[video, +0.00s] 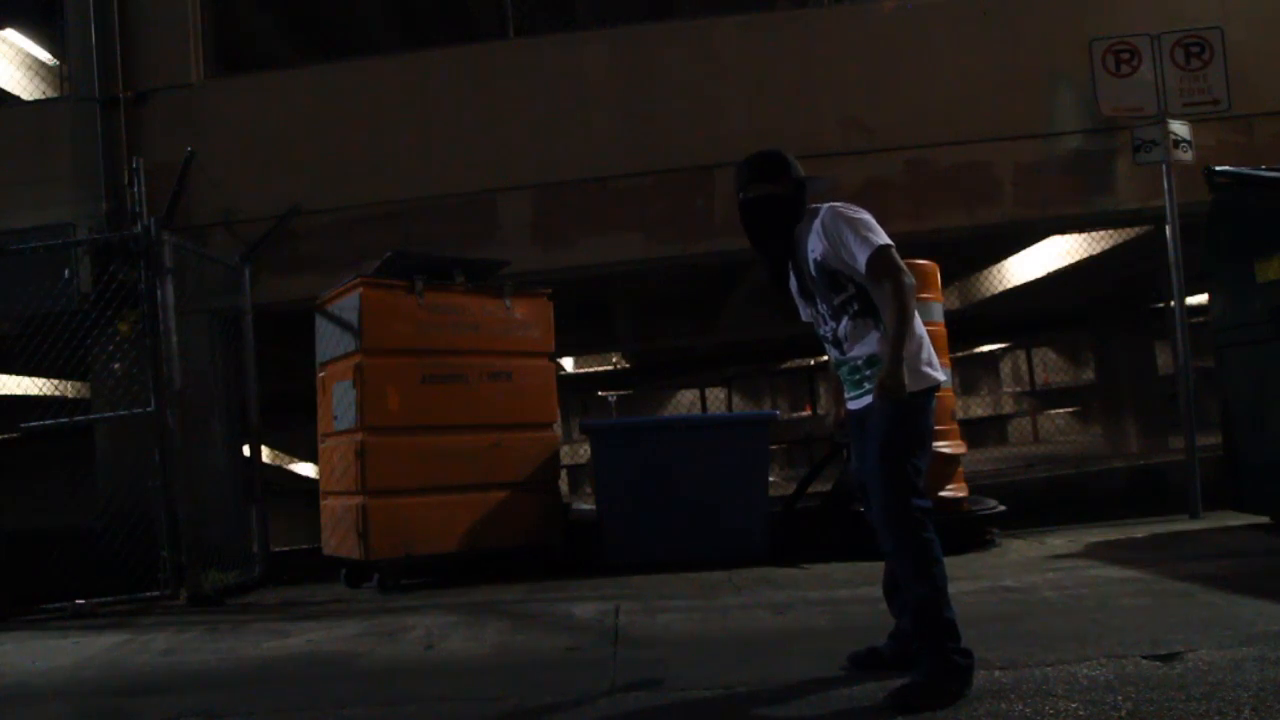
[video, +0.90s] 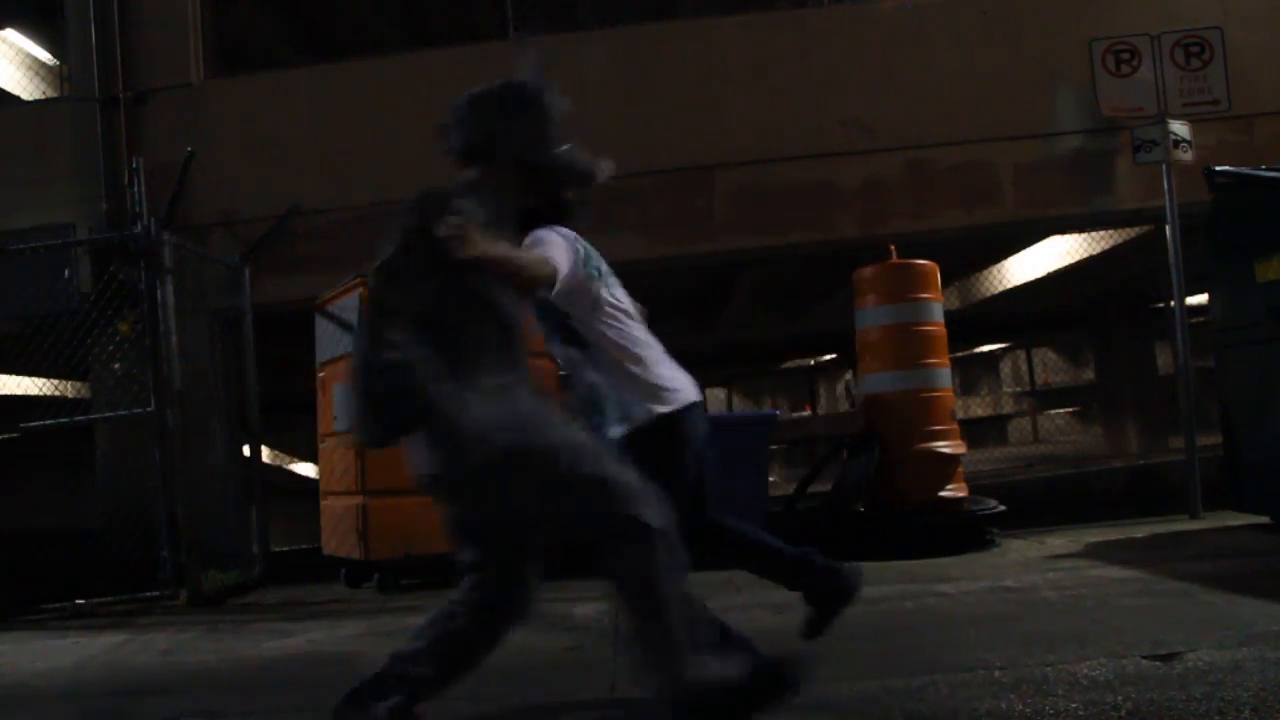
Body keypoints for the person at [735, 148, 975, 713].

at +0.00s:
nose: (749, 217)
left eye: (755, 203)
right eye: (745, 205)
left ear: (783, 195)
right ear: (758, 205)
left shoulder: (835, 220)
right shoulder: (798, 263)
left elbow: (895, 280)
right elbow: (835, 341)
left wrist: (893, 371)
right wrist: (841, 401)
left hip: (898, 392)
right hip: (866, 401)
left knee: (905, 520)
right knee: (888, 521)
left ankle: (944, 660)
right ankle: (910, 640)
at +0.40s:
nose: (712, 221)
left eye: (720, 207)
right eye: (708, 210)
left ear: (747, 202)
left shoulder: (794, 232)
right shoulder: (757, 272)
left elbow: (856, 287)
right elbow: (805, 345)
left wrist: (882, 377)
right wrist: (814, 408)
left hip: (871, 394)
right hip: (843, 402)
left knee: (846, 517)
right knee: (878, 514)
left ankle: (929, 634)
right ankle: (908, 635)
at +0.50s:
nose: (686, 228)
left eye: (694, 214)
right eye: (683, 216)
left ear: (721, 209)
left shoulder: (769, 240)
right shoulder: (733, 276)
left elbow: (840, 296)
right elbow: (782, 349)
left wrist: (886, 373)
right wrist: (791, 412)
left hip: (852, 400)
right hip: (822, 409)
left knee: (811, 522)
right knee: (870, 516)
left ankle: (910, 630)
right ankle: (914, 633)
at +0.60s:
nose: (653, 241)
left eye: (660, 228)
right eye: (652, 229)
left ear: (684, 225)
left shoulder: (735, 255)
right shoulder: (700, 291)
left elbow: (801, 320)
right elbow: (748, 363)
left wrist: (858, 391)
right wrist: (756, 423)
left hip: (825, 415)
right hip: (797, 422)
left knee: (762, 530)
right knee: (846, 527)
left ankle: (841, 640)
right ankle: (918, 634)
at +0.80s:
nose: (555, 256)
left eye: (559, 245)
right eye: (556, 248)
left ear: (576, 240)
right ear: (609, 234)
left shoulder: (615, 269)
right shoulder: (622, 275)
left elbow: (573, 303)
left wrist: (497, 298)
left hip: (728, 429)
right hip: (737, 424)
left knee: (670, 557)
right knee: (770, 539)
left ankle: (741, 675)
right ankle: (888, 611)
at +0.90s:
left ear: (518, 202)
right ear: (556, 202)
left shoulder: (554, 240)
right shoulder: (574, 248)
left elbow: (536, 268)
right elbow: (628, 312)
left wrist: (479, 248)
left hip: (660, 413)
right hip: (660, 412)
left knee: (690, 532)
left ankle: (820, 579)